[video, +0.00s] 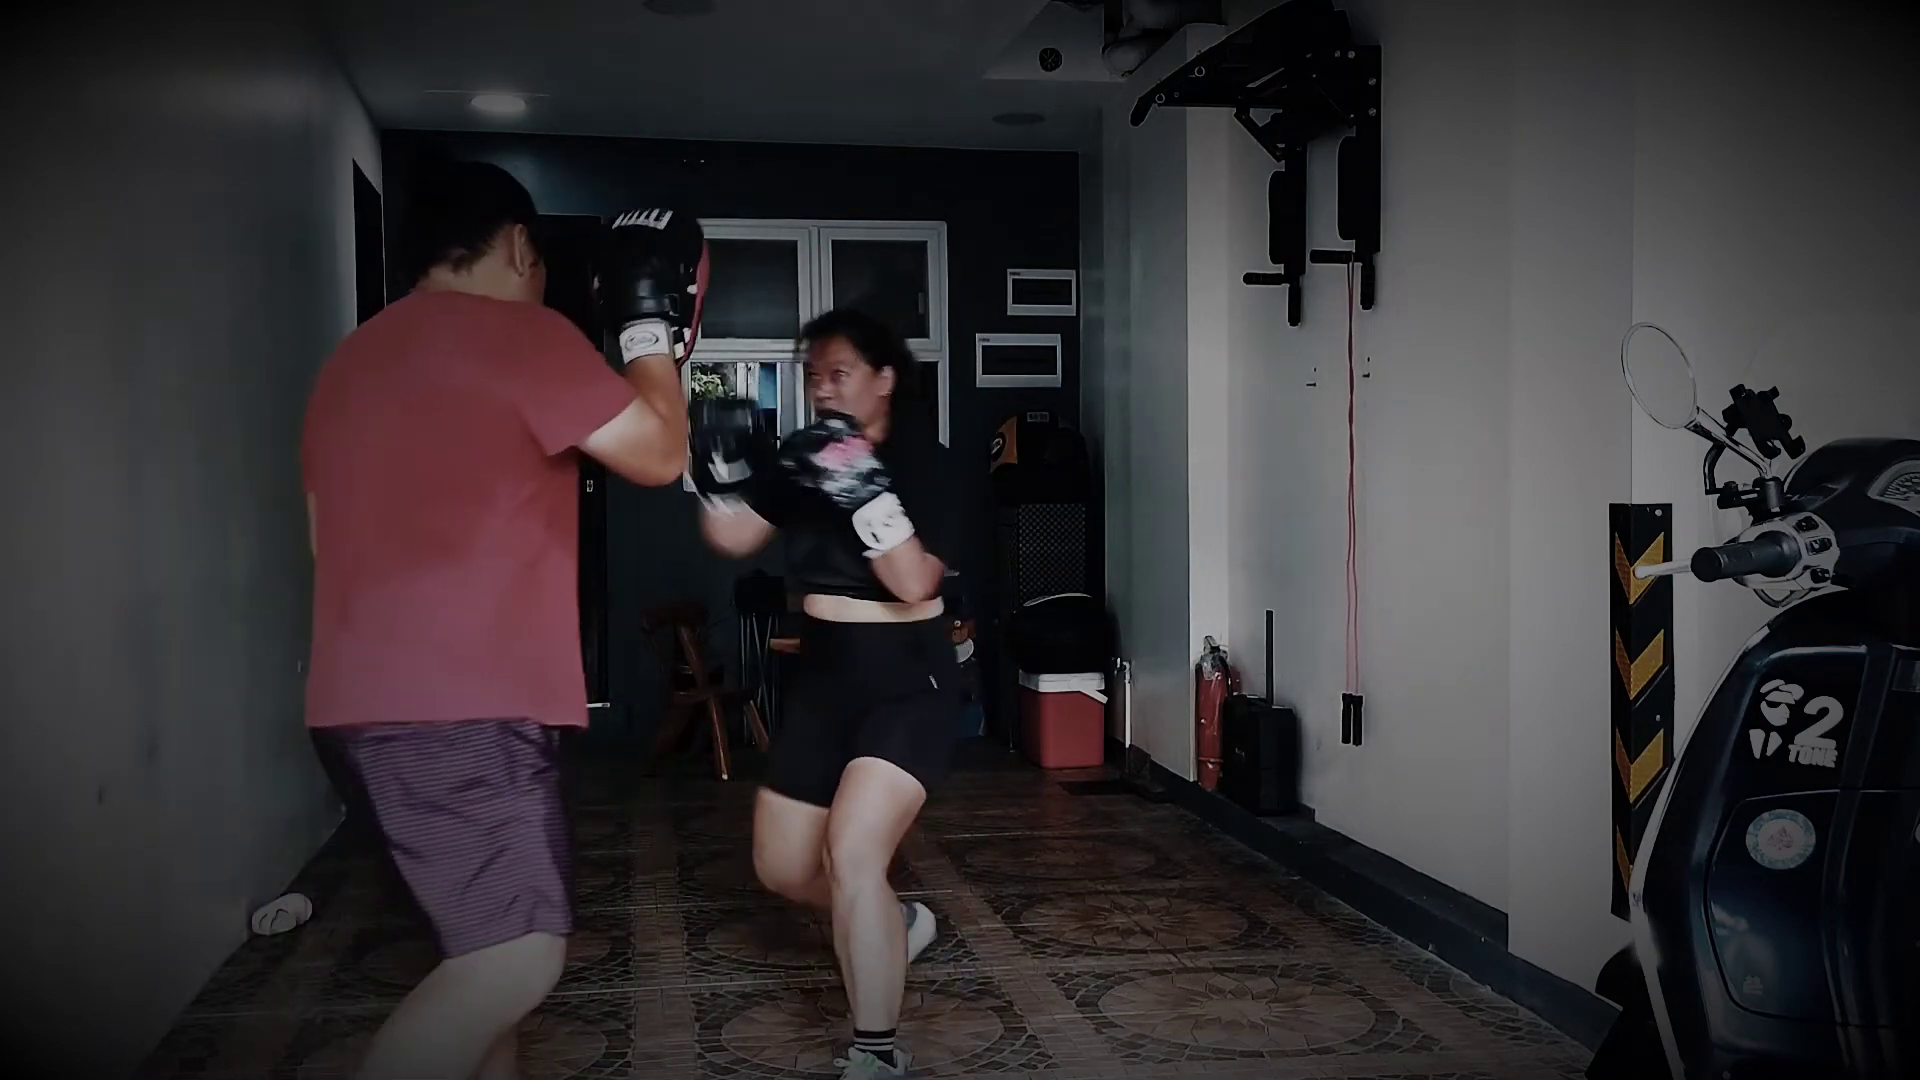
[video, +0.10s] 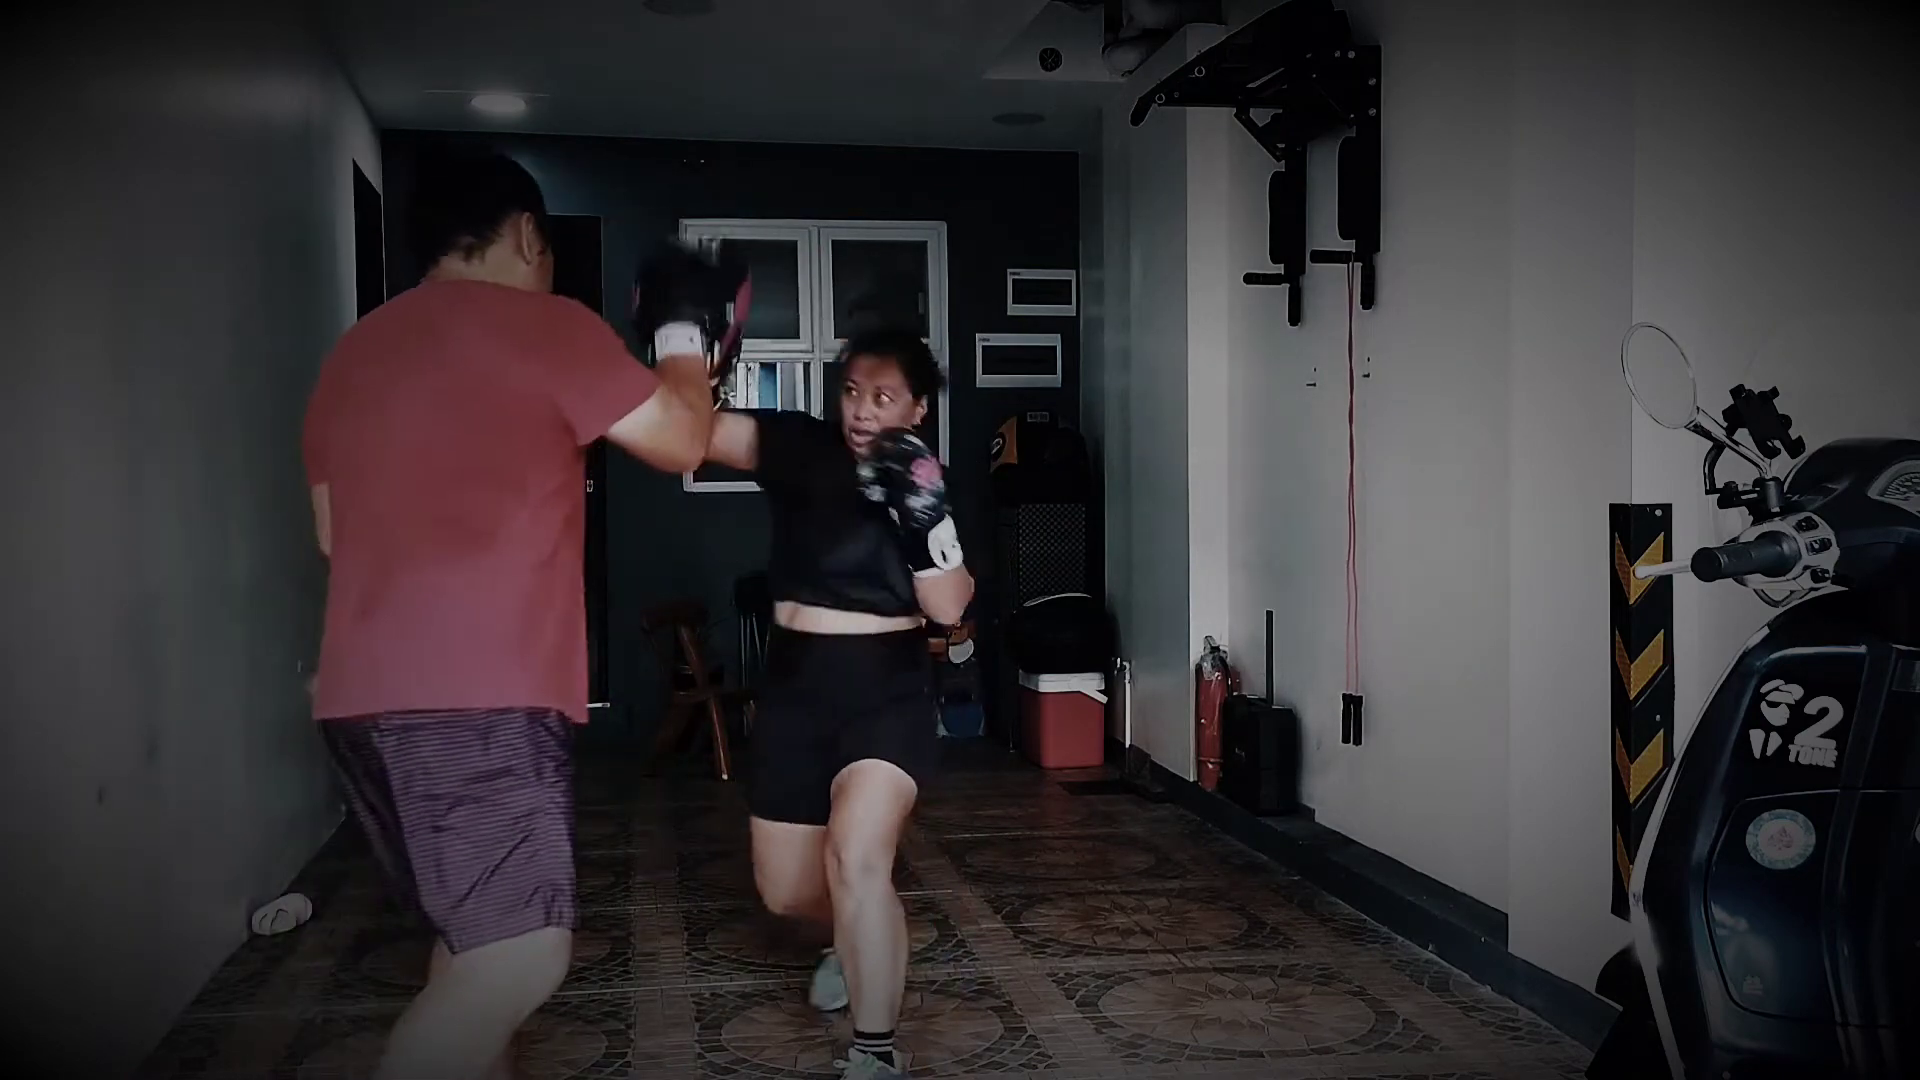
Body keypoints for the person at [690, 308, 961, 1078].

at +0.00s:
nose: (824, 390)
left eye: (841, 375)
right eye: (815, 377)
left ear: (889, 380)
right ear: (807, 386)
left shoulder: (930, 465)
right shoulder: (801, 464)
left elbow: (917, 585)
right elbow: (734, 540)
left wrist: (866, 492)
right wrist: (720, 471)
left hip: (910, 679)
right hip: (821, 674)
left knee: (855, 849)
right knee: (785, 866)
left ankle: (874, 1054)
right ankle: (906, 926)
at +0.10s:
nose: (862, 409)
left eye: (883, 396)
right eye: (854, 390)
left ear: (919, 409)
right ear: (836, 392)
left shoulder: (928, 484)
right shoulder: (798, 443)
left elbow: (948, 608)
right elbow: (689, 427)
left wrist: (927, 517)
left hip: (888, 683)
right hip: (791, 679)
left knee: (858, 860)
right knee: (785, 889)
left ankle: (874, 1054)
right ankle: (860, 930)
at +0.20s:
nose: (867, 417)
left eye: (887, 404)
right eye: (857, 398)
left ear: (918, 413)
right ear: (840, 396)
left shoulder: (927, 485)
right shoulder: (794, 447)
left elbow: (943, 614)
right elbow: (686, 446)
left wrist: (927, 525)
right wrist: (708, 388)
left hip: (880, 685)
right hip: (782, 681)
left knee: (852, 860)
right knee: (766, 887)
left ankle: (871, 1053)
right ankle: (850, 940)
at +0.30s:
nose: (845, 410)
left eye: (864, 396)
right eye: (834, 393)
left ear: (896, 402)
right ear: (817, 395)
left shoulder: (906, 473)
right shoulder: (785, 455)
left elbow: (927, 598)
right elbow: (694, 515)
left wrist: (904, 502)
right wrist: (708, 442)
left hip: (873, 675)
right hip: (783, 671)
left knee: (834, 856)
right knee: (753, 876)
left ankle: (864, 1051)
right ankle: (858, 957)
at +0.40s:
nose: (808, 393)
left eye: (824, 381)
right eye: (795, 379)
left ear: (859, 380)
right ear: (780, 377)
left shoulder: (881, 438)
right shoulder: (760, 437)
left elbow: (889, 560)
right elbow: (720, 547)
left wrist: (855, 468)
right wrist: (724, 466)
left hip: (871, 652)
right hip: (779, 650)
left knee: (828, 839)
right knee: (770, 854)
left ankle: (856, 1041)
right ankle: (867, 966)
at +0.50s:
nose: (793, 379)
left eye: (808, 365)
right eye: (780, 366)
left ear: (845, 361)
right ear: (765, 365)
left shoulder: (881, 428)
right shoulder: (761, 429)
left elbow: (868, 534)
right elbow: (708, 523)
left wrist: (827, 439)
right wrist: (716, 436)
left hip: (870, 632)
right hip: (784, 631)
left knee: (831, 824)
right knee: (779, 830)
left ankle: (851, 1033)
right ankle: (867, 964)